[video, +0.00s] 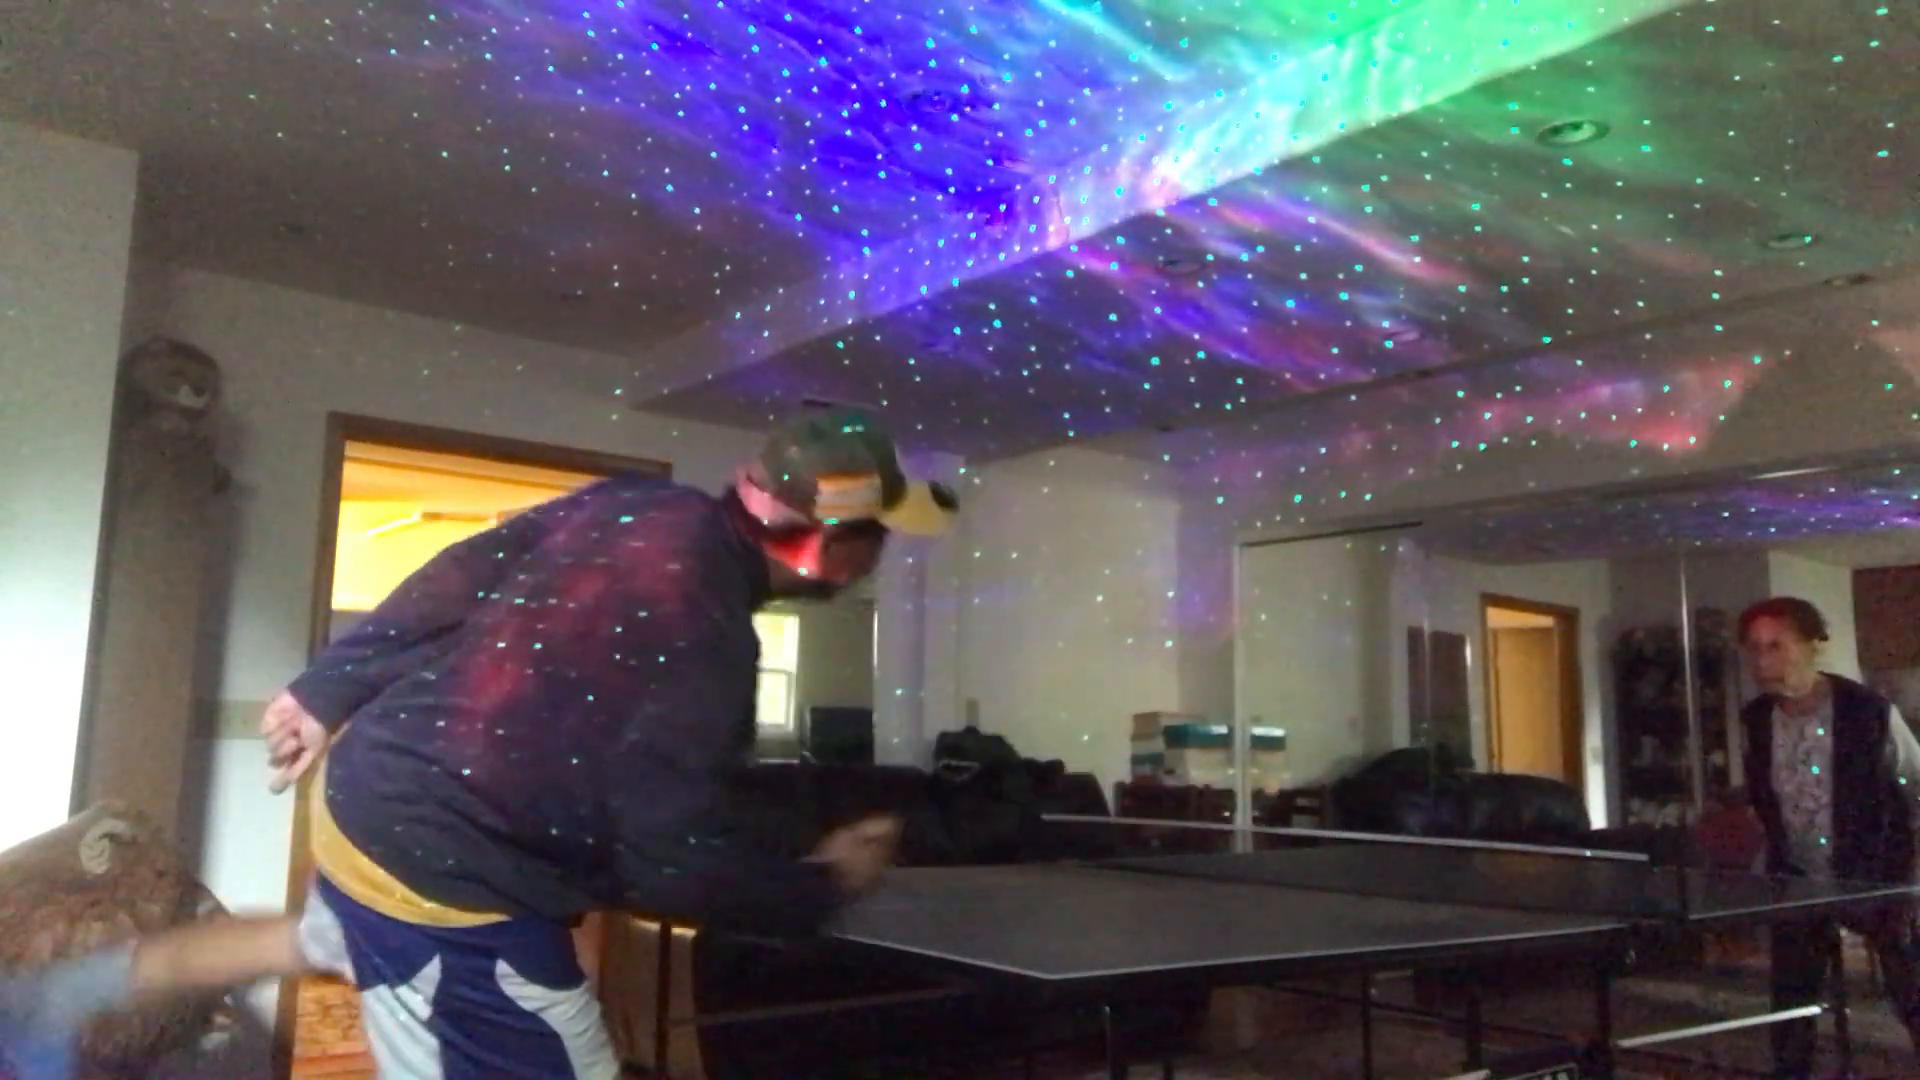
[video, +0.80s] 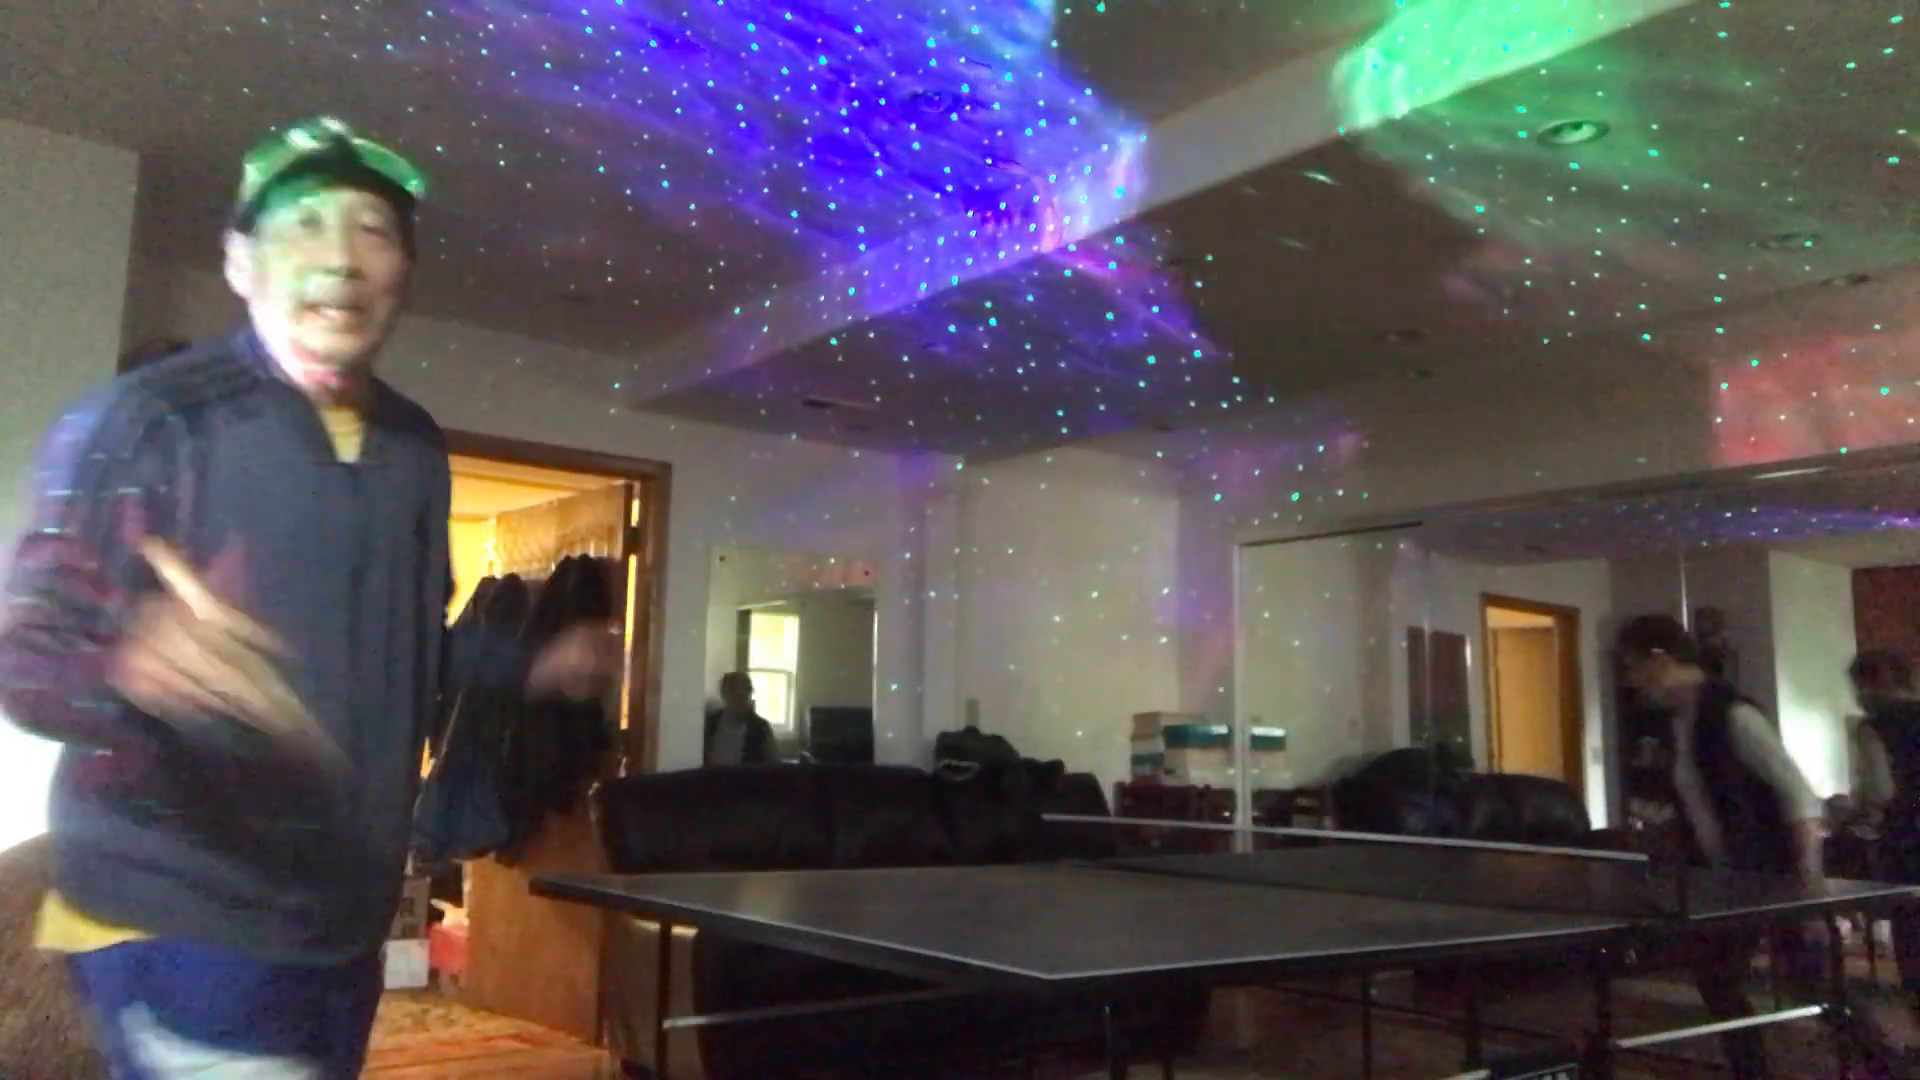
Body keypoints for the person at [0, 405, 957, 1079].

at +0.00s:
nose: (848, 570)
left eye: (858, 545)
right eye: (847, 545)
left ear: (762, 481)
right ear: (796, 519)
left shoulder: (645, 502)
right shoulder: (699, 626)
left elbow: (469, 572)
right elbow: (668, 859)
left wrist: (327, 684)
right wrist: (818, 879)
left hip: (368, 792)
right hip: (448, 887)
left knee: (342, 947)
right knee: (570, 1061)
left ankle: (112, 976)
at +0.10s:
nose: (839, 528)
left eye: (848, 506)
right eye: (836, 502)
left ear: (739, 460)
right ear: (780, 492)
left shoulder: (602, 481)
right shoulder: (674, 603)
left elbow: (438, 576)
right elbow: (571, 814)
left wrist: (311, 700)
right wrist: (720, 888)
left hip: (342, 806)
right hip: (437, 878)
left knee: (299, 1000)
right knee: (544, 1062)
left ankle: (114, 1063)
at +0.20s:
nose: (799, 473)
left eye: (801, 450)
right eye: (781, 444)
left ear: (699, 426)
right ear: (708, 429)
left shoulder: (564, 467)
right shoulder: (615, 526)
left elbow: (404, 582)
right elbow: (467, 744)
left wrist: (297, 722)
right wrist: (622, 870)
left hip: (339, 817)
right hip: (410, 861)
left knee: (360, 1063)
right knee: (510, 1057)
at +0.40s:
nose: (596, 366)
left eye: (601, 340)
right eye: (566, 334)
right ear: (484, 340)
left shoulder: (483, 484)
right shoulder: (400, 464)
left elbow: (407, 702)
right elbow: (286, 703)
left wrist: (500, 787)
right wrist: (460, 827)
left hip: (400, 913)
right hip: (334, 917)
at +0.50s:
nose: (493, 323)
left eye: (515, 298)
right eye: (462, 287)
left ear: (528, 330)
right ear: (389, 305)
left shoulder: (462, 488)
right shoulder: (306, 439)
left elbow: (433, 697)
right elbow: (205, 680)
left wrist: (473, 789)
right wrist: (389, 799)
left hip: (378, 904)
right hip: (278, 904)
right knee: (449, 1060)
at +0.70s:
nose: (370, 269)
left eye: (399, 241)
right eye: (334, 238)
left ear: (429, 279)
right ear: (274, 275)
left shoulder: (418, 455)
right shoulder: (190, 428)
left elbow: (404, 656)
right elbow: (92, 664)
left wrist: (485, 743)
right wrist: (245, 735)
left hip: (346, 895)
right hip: (220, 895)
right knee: (344, 1059)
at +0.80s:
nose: (340, 261)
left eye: (371, 231)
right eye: (304, 226)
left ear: (407, 272)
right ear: (242, 261)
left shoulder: (414, 451)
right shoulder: (145, 421)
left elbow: (405, 657)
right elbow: (25, 656)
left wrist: (529, 663)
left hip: (344, 926)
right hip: (180, 927)